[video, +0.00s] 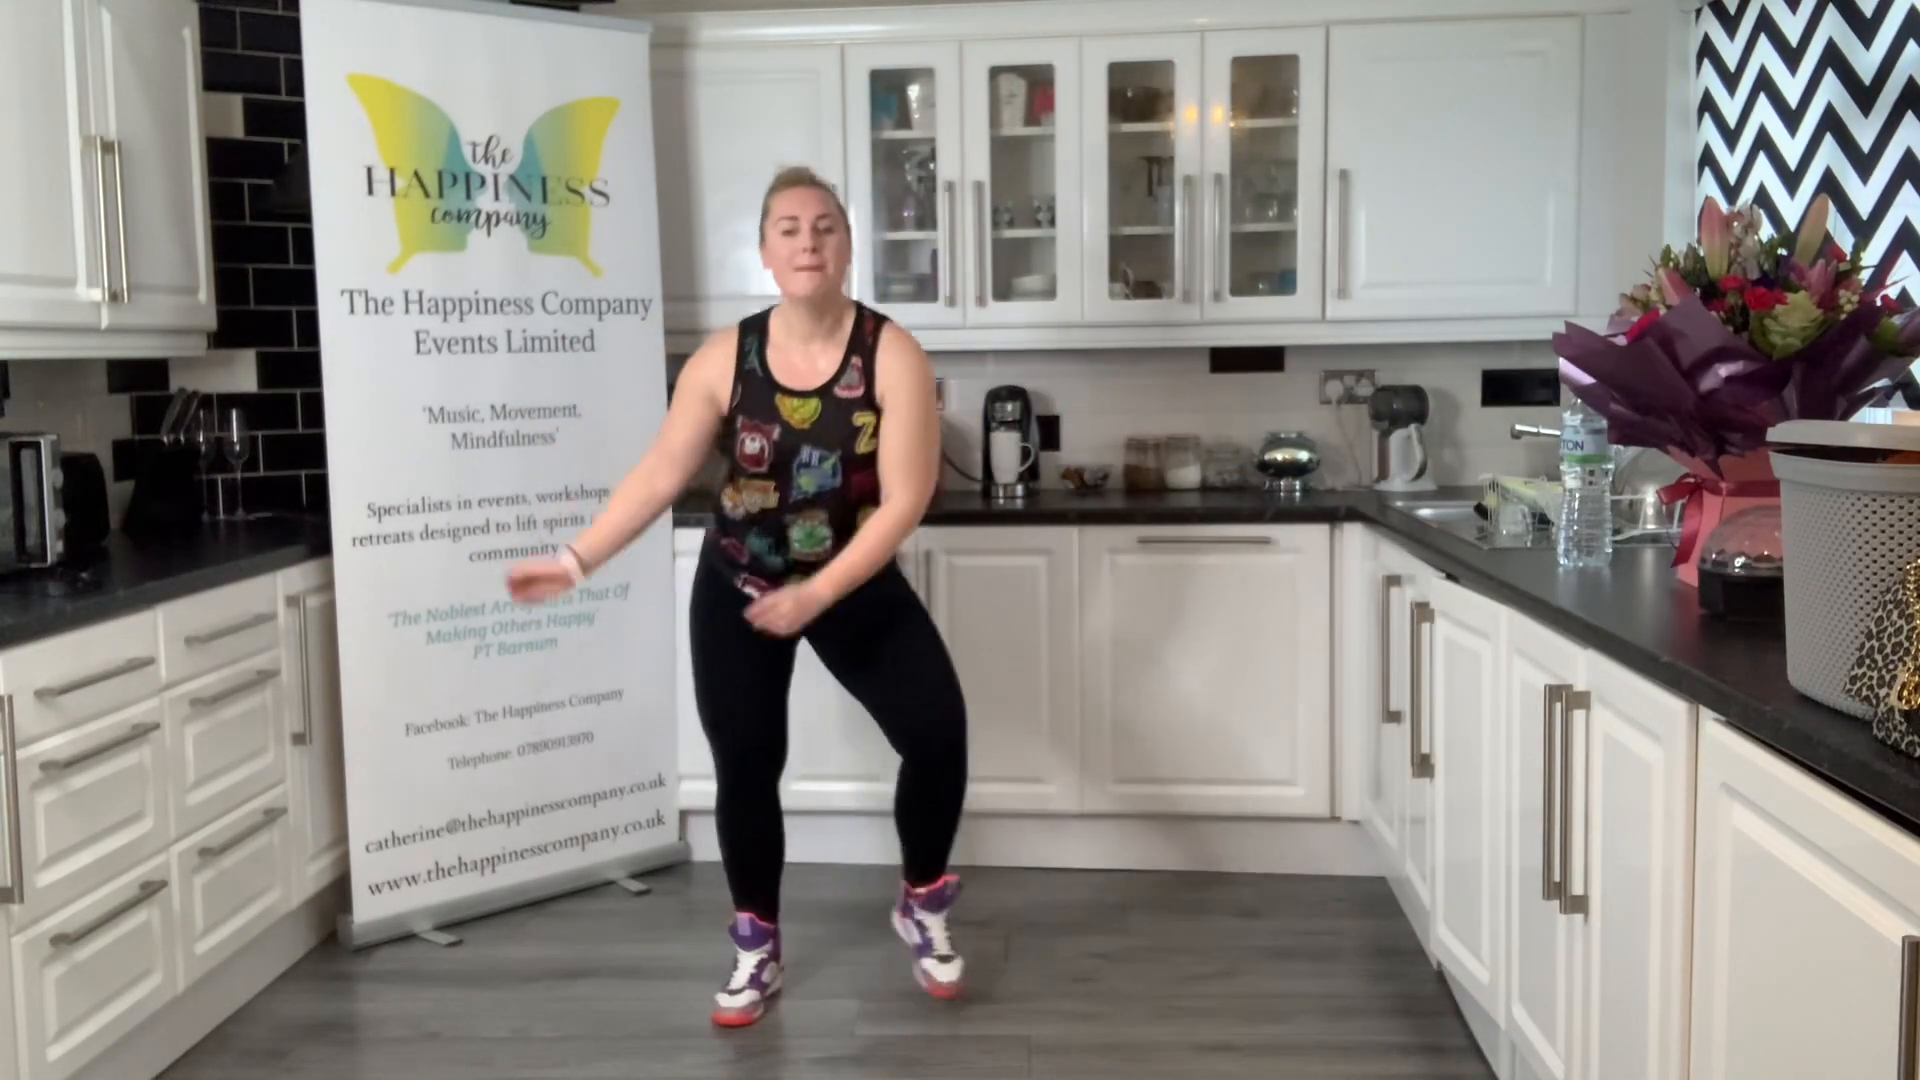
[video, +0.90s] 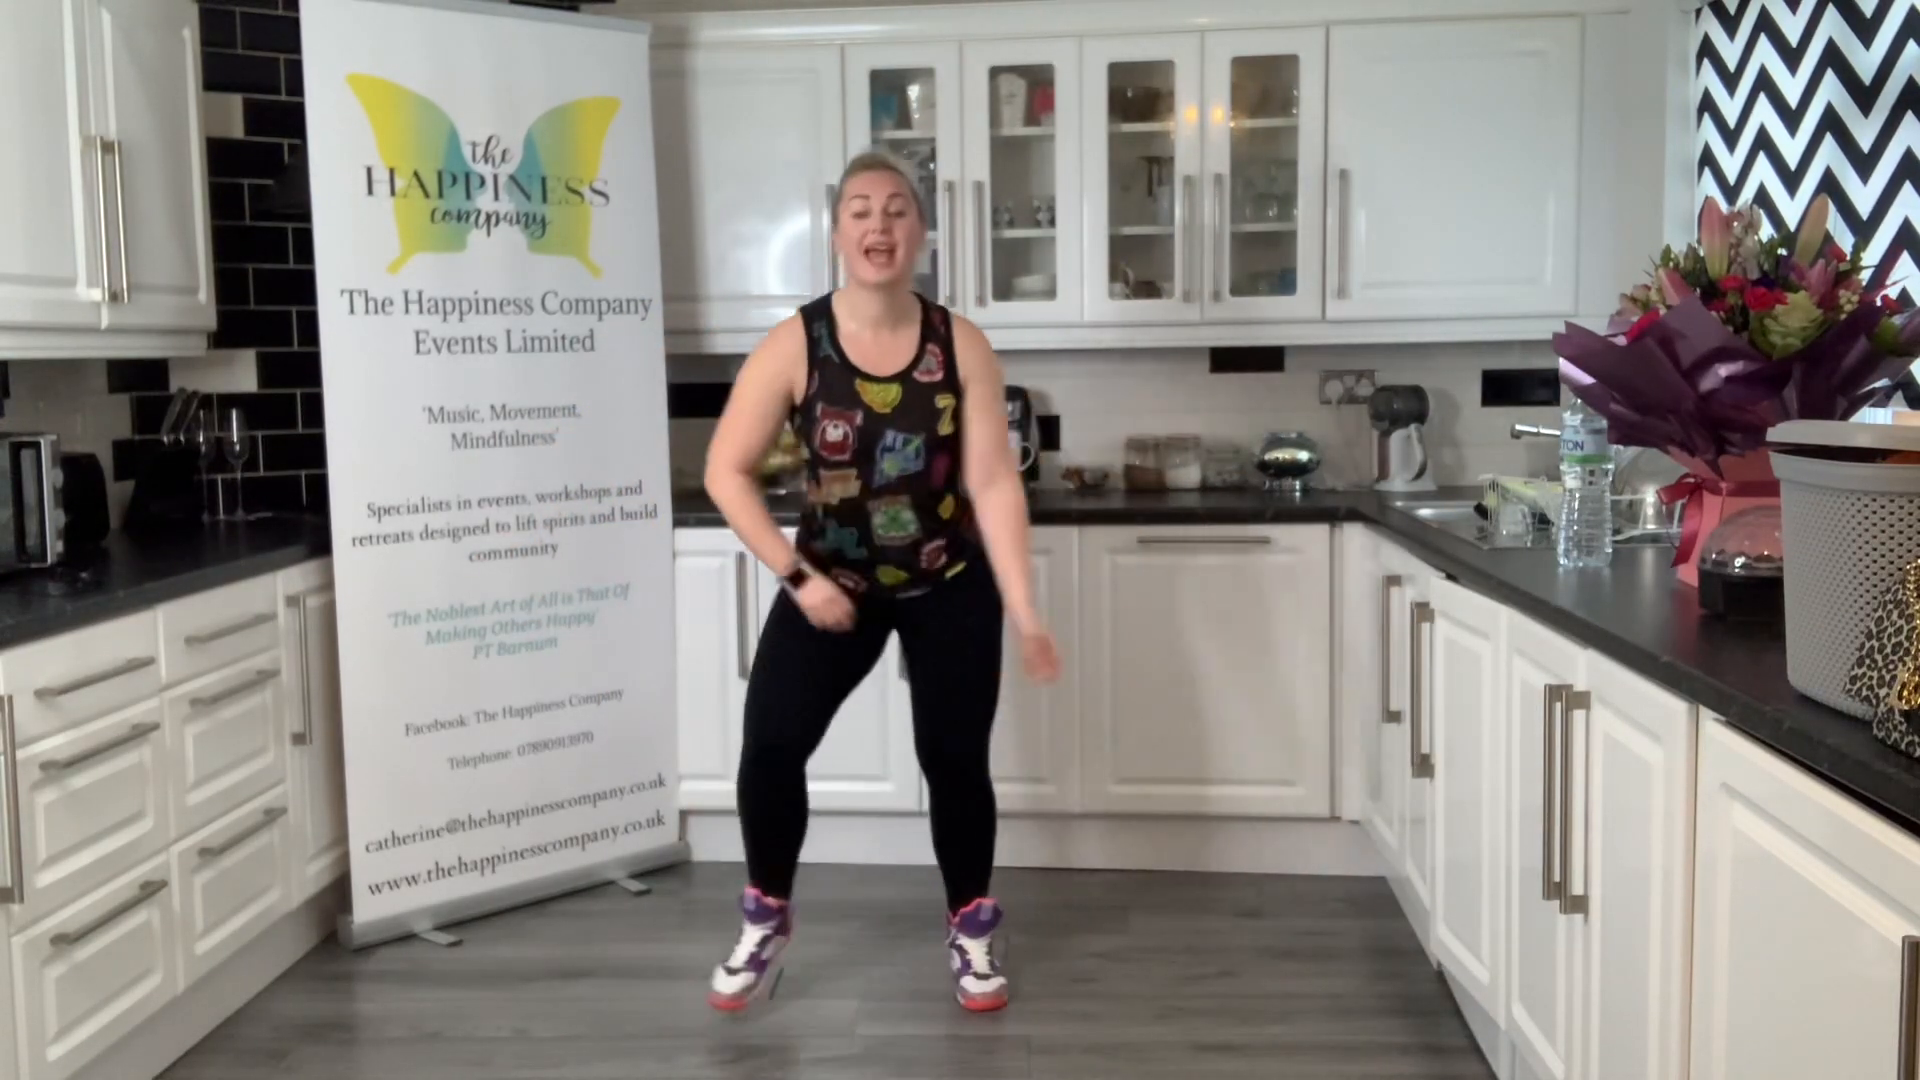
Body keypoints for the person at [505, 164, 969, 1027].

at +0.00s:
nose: (809, 243)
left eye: (826, 228)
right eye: (789, 230)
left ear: (848, 246)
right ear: (765, 254)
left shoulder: (893, 356)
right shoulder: (723, 362)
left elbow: (906, 502)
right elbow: (658, 476)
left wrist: (814, 595)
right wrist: (574, 560)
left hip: (854, 577)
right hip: (741, 582)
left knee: (939, 732)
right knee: (746, 768)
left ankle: (924, 905)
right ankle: (755, 947)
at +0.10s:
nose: (819, 229)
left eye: (835, 215)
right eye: (798, 216)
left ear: (856, 231)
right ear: (773, 238)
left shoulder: (901, 336)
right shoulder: (733, 348)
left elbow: (930, 482)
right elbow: (705, 478)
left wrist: (897, 607)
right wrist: (676, 599)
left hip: (884, 582)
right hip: (766, 588)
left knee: (930, 763)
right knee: (764, 772)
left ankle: (967, 927)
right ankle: (757, 946)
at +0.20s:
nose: (830, 231)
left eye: (845, 215)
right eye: (811, 217)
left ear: (870, 230)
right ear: (785, 235)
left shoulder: (914, 330)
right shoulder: (754, 352)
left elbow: (975, 462)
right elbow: (760, 491)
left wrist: (984, 596)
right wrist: (784, 611)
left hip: (908, 597)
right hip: (795, 600)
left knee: (930, 771)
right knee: (775, 778)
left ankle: (969, 932)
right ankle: (761, 943)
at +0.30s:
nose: (846, 245)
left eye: (863, 229)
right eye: (828, 229)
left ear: (886, 245)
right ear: (802, 247)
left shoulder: (934, 337)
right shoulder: (774, 364)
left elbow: (1027, 442)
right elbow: (790, 499)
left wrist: (1060, 571)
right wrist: (852, 579)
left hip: (944, 575)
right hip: (834, 574)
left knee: (952, 762)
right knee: (763, 737)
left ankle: (970, 931)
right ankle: (770, 928)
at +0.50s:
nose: (868, 233)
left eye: (884, 217)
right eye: (849, 218)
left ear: (908, 232)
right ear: (821, 237)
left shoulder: (963, 328)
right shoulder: (795, 359)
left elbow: (1045, 414)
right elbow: (798, 496)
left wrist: (1113, 472)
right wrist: (862, 500)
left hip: (970, 577)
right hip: (862, 581)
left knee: (963, 756)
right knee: (803, 727)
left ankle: (973, 928)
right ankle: (873, 926)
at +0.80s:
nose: (885, 246)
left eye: (902, 232)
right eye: (867, 233)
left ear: (927, 252)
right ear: (844, 254)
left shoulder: (969, 361)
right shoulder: (805, 368)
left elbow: (1022, 480)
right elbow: (759, 502)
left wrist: (1096, 565)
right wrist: (850, 568)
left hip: (974, 589)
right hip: (862, 590)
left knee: (976, 765)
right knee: (774, 723)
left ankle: (973, 936)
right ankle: (829, 913)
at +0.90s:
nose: (880, 226)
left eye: (897, 211)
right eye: (862, 212)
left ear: (920, 231)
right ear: (836, 232)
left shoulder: (962, 346)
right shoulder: (792, 346)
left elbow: (994, 481)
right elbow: (724, 472)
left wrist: (1023, 607)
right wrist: (796, 575)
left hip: (949, 584)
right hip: (832, 583)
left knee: (956, 760)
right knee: (770, 747)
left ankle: (972, 933)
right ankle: (765, 920)